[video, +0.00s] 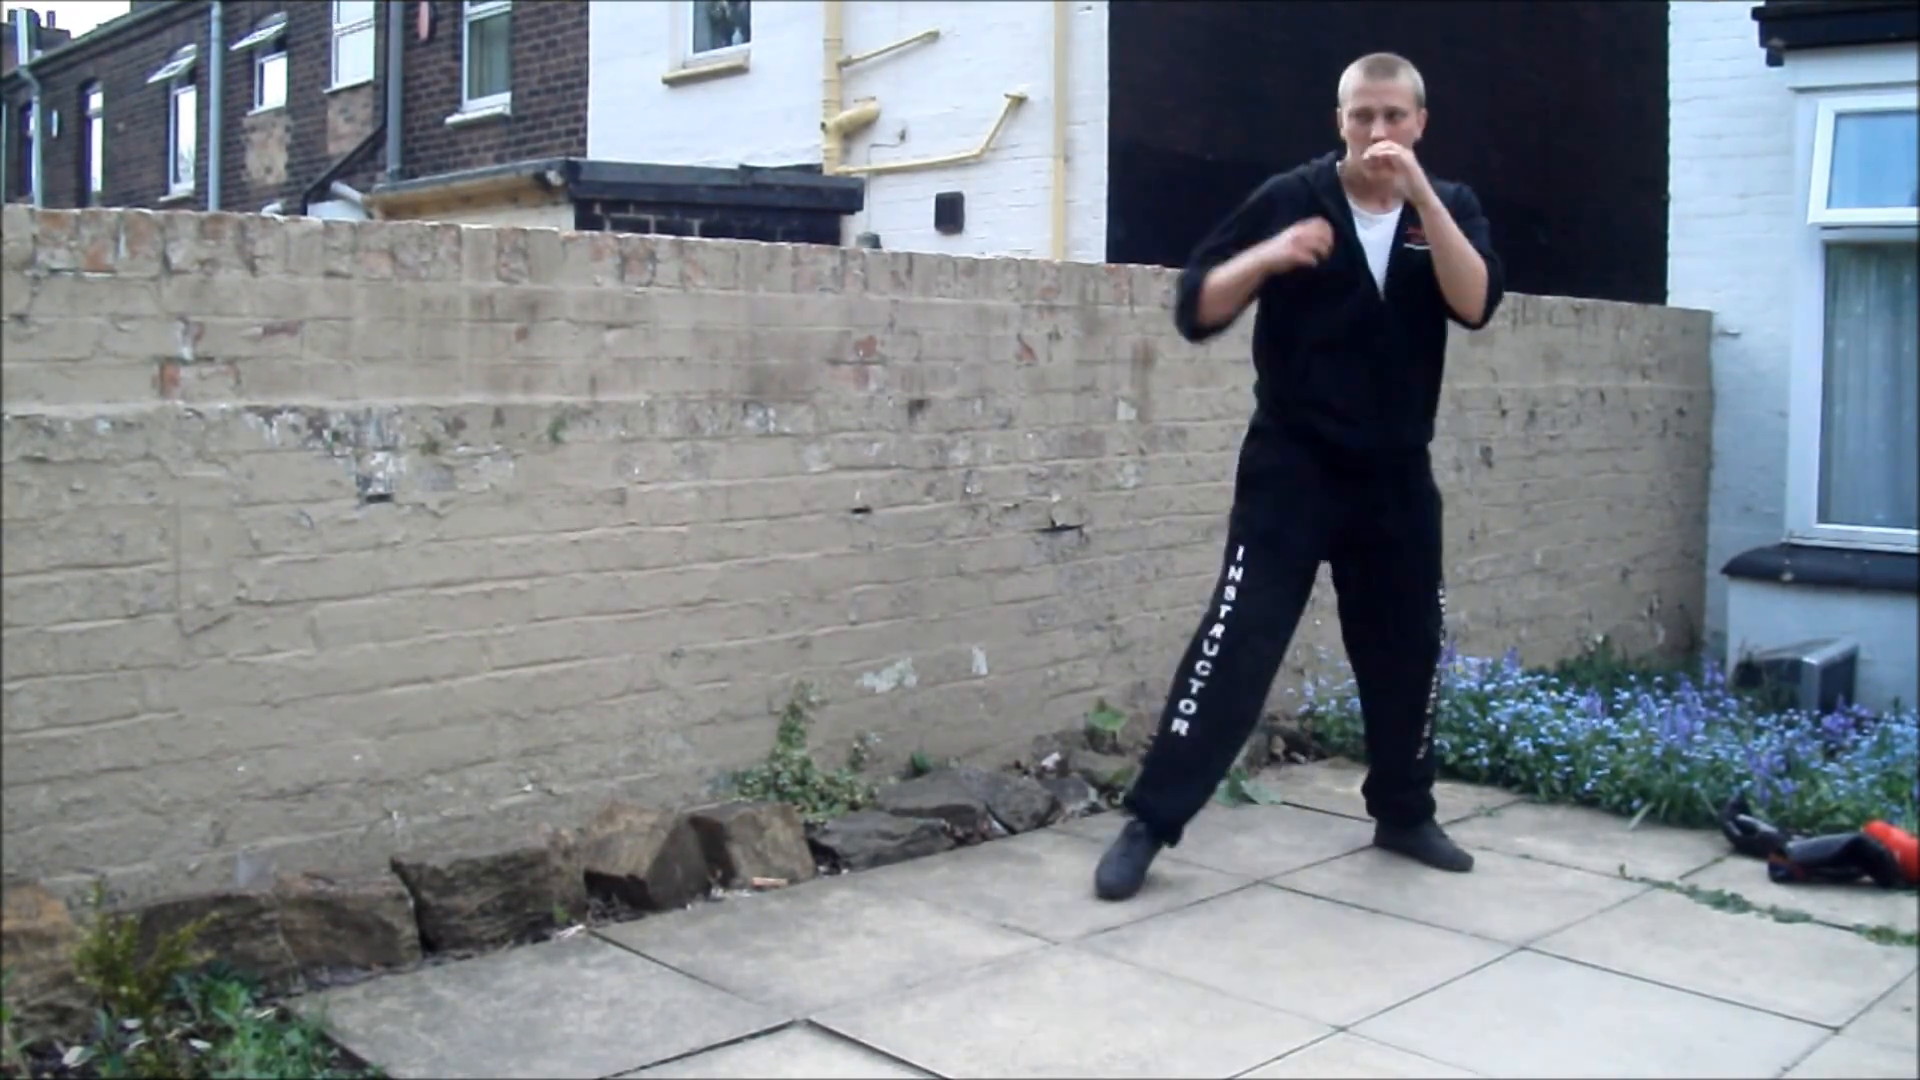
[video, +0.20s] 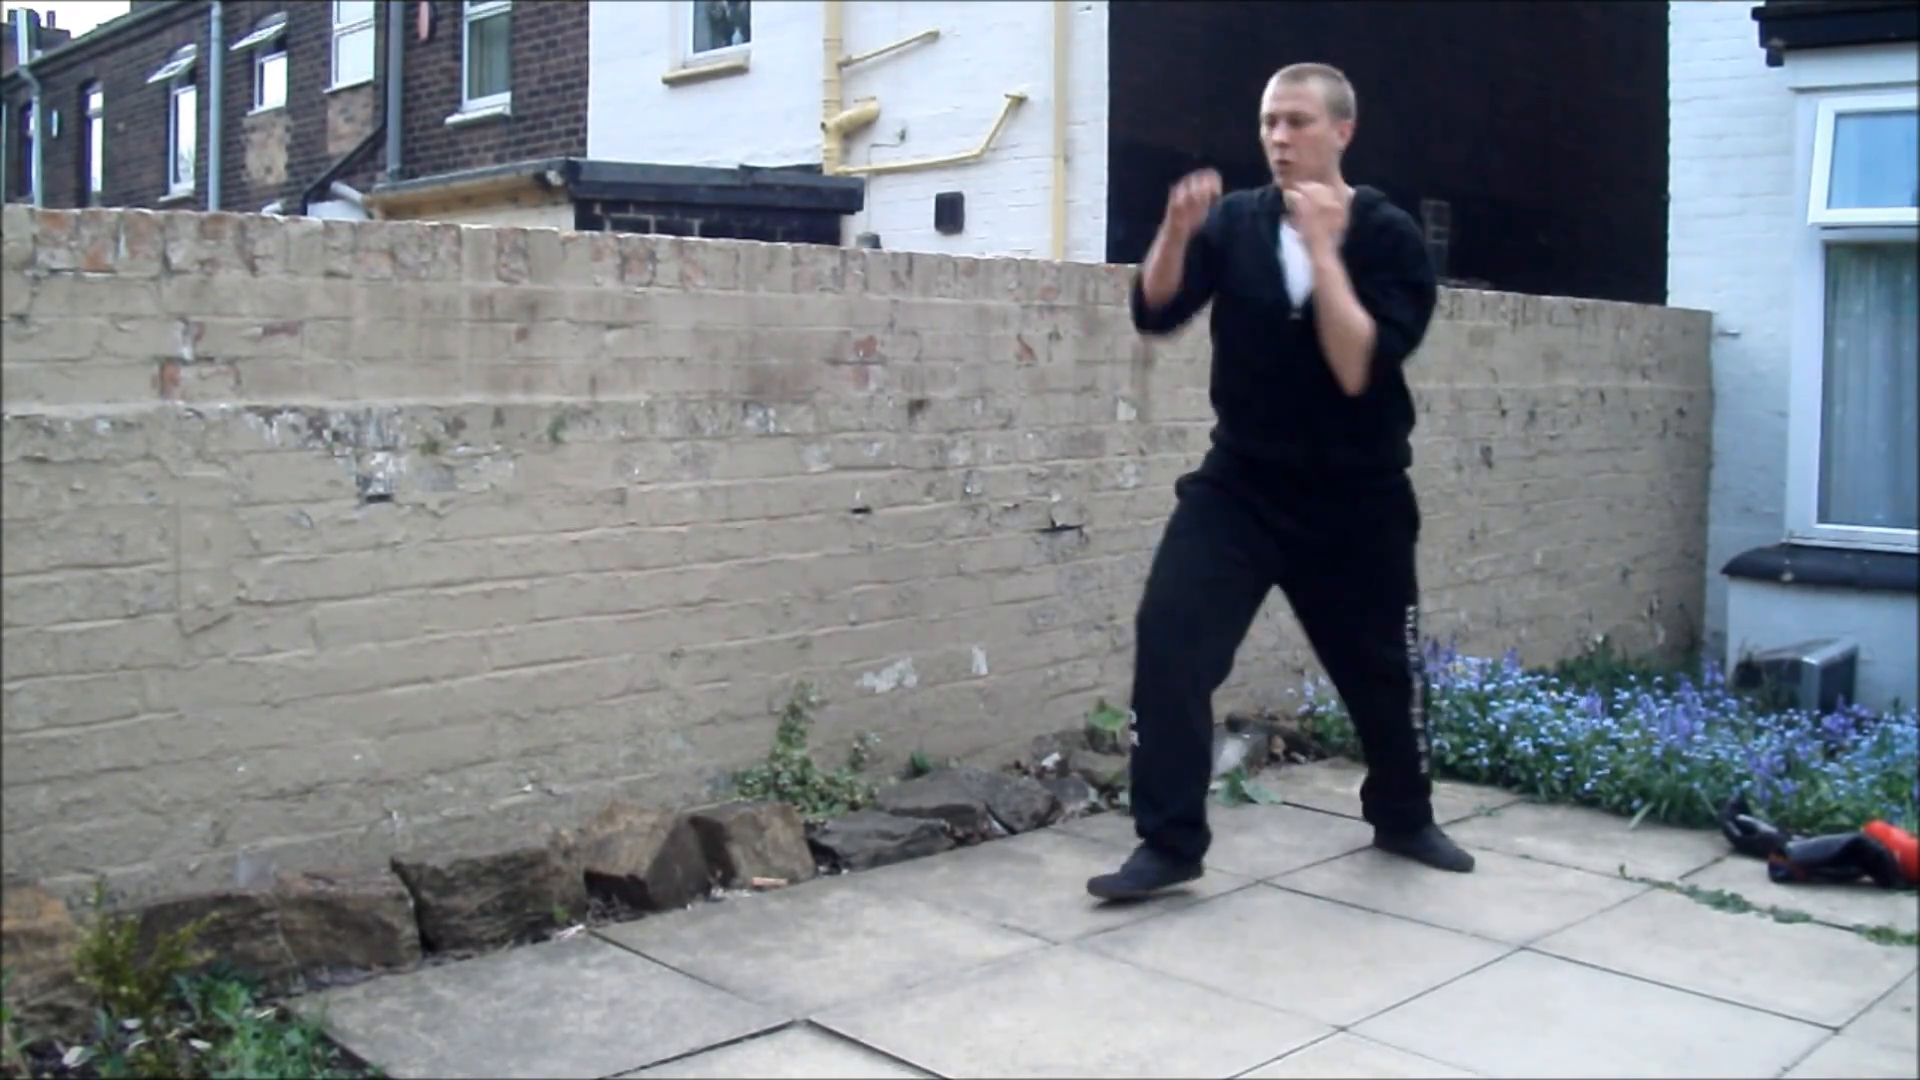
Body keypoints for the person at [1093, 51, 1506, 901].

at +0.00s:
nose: (1379, 131)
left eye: (1395, 116)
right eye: (1363, 116)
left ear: (1422, 123)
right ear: (1339, 122)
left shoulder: (1450, 209)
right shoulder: (1291, 200)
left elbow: (1476, 305)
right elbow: (1194, 311)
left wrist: (1424, 202)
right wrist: (1263, 257)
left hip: (1395, 474)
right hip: (1289, 467)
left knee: (1404, 647)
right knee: (1238, 640)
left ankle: (1404, 814)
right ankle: (1148, 824)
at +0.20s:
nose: (1279, 138)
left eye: (1298, 121)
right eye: (1269, 123)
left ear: (1344, 131)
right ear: (1260, 133)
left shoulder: (1387, 237)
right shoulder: (1234, 219)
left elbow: (1360, 370)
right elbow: (1155, 314)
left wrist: (1325, 254)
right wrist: (1174, 231)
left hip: (1355, 500)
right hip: (1242, 486)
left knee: (1378, 670)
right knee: (1170, 640)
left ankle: (1403, 819)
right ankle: (1169, 843)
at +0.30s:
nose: (1233, 136)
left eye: (1253, 122)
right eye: (1229, 125)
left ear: (1303, 134)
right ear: (1228, 137)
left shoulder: (1330, 206)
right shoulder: (1233, 237)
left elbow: (1248, 263)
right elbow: (1220, 388)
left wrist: (1169, 165)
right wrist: (1178, 349)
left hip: (1315, 488)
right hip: (1213, 485)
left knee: (1352, 660)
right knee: (1149, 648)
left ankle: (1412, 805)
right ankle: (1187, 855)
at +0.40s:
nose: (1180, 139)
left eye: (1199, 125)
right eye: (1179, 128)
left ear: (1254, 133)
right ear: (1196, 139)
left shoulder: (1269, 188)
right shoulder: (1219, 220)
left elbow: (1156, 177)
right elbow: (1203, 378)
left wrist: (1051, 106)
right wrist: (1120, 351)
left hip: (1265, 466)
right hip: (1184, 470)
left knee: (1269, 660)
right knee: (1124, 657)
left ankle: (1364, 799)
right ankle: (1185, 859)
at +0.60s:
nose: (1110, 169)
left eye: (1128, 156)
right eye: (1109, 155)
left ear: (1182, 165)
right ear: (1117, 164)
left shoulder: (1234, 201)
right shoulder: (1121, 282)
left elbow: (1213, 197)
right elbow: (1040, 370)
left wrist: (1092, 175)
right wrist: (975, 318)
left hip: (1237, 375)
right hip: (1179, 463)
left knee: (1043, 216)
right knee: (1134, 634)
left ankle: (963, 213)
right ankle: (1127, 859)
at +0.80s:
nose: (1083, 190)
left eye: (1092, 180)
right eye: (1086, 180)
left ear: (1121, 183)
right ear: (1176, 187)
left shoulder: (1163, 212)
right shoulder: (1212, 258)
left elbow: (1078, 186)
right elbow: (1187, 386)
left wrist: (956, 126)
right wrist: (1098, 470)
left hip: (1150, 360)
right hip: (1202, 453)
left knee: (959, 239)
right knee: (1107, 649)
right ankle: (1094, 879)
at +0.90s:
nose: (1099, 182)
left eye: (1107, 169)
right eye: (1102, 168)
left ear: (1143, 168)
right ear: (1190, 173)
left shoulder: (1146, 199)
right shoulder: (1259, 287)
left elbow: (1033, 212)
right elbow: (1304, 437)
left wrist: (931, 178)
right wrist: (1199, 480)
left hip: (1094, 383)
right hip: (1175, 464)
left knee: (887, 448)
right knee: (1098, 656)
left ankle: (956, 652)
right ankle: (1093, 879)